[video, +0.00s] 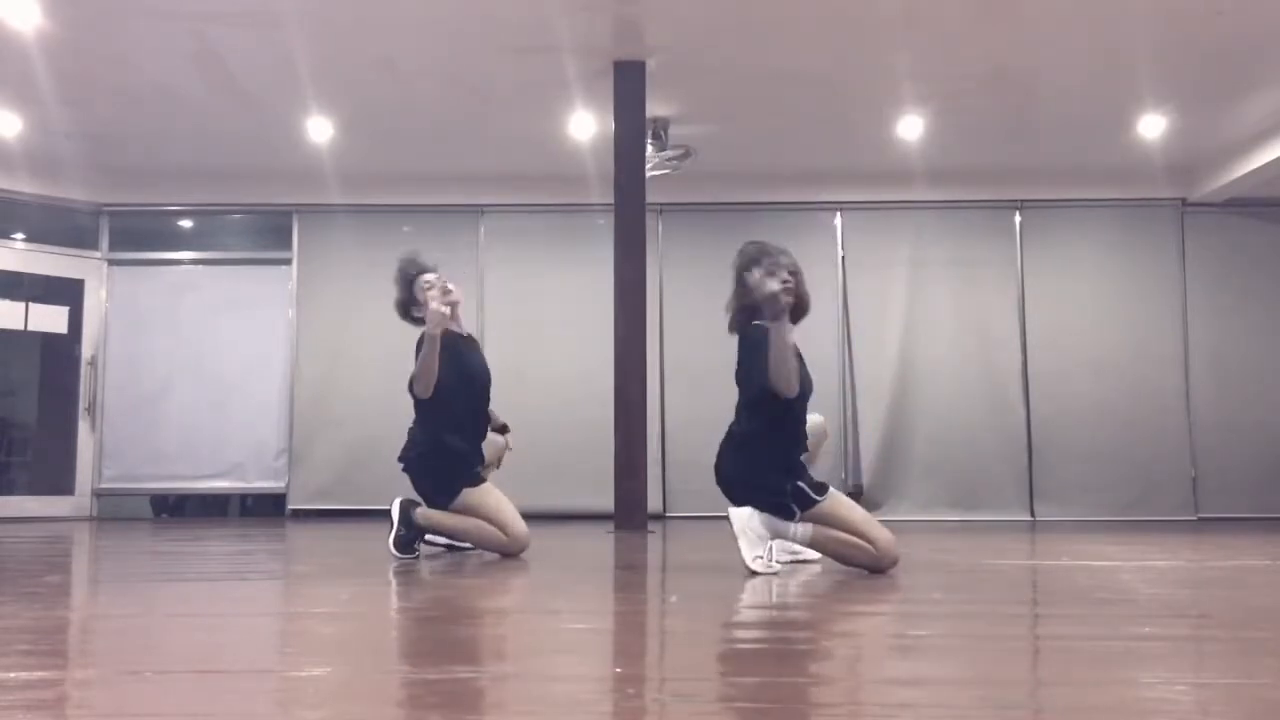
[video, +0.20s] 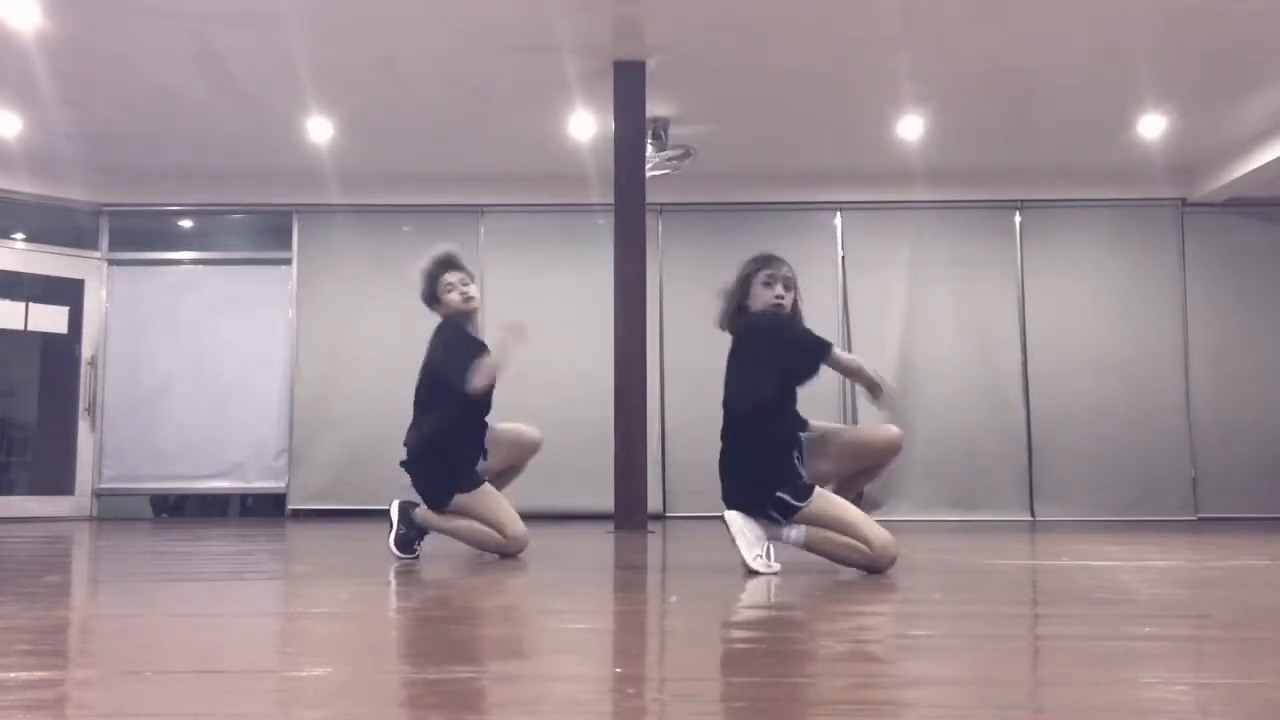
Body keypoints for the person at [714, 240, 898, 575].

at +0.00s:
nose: (787, 278)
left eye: (791, 270)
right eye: (772, 271)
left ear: (798, 280)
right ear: (749, 286)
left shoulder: (761, 330)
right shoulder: (764, 332)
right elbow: (787, 388)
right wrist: (779, 320)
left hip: (743, 459)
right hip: (764, 475)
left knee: (815, 429)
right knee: (884, 553)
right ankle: (766, 525)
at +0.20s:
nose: (780, 292)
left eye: (787, 286)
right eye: (767, 282)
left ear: (794, 297)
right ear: (744, 295)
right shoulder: (772, 327)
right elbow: (847, 365)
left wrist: (853, 435)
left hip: (784, 450)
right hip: (765, 480)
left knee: (888, 440)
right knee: (883, 553)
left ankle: (833, 520)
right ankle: (764, 529)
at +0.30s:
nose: (797, 295)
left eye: (804, 288)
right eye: (784, 287)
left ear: (810, 296)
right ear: (763, 297)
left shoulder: (776, 334)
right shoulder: (795, 330)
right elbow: (876, 367)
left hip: (791, 457)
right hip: (768, 483)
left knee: (890, 427)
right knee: (882, 551)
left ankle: (879, 530)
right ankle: (760, 527)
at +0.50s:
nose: (839, 297)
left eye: (844, 287)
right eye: (826, 289)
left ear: (852, 293)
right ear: (807, 299)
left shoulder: (840, 339)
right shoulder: (817, 336)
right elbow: (786, 339)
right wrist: (747, 338)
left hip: (855, 466)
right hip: (824, 474)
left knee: (935, 433)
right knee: (880, 559)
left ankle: (892, 538)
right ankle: (767, 523)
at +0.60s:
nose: (850, 291)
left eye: (856, 281)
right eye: (838, 282)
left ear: (863, 288)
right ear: (815, 289)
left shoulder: (849, 341)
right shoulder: (804, 342)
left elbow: (877, 411)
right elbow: (738, 385)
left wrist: (920, 375)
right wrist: (680, 412)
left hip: (888, 455)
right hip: (856, 461)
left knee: (984, 464)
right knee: (887, 555)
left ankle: (901, 540)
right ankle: (766, 524)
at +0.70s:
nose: (853, 291)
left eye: (860, 282)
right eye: (840, 283)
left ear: (869, 285)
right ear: (820, 289)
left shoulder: (887, 321)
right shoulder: (809, 354)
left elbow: (935, 351)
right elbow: (774, 425)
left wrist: (881, 337)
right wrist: (740, 479)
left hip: (904, 446)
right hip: (855, 452)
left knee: (1012, 496)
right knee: (900, 521)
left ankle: (911, 530)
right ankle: (781, 525)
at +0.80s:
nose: (850, 301)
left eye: (858, 292)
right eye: (839, 292)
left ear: (869, 294)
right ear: (822, 297)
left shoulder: (884, 319)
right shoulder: (814, 367)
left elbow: (909, 349)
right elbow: (805, 454)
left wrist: (833, 361)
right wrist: (781, 521)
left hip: (907, 449)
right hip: (850, 449)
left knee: (993, 515)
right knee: (875, 464)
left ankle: (913, 526)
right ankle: (788, 532)